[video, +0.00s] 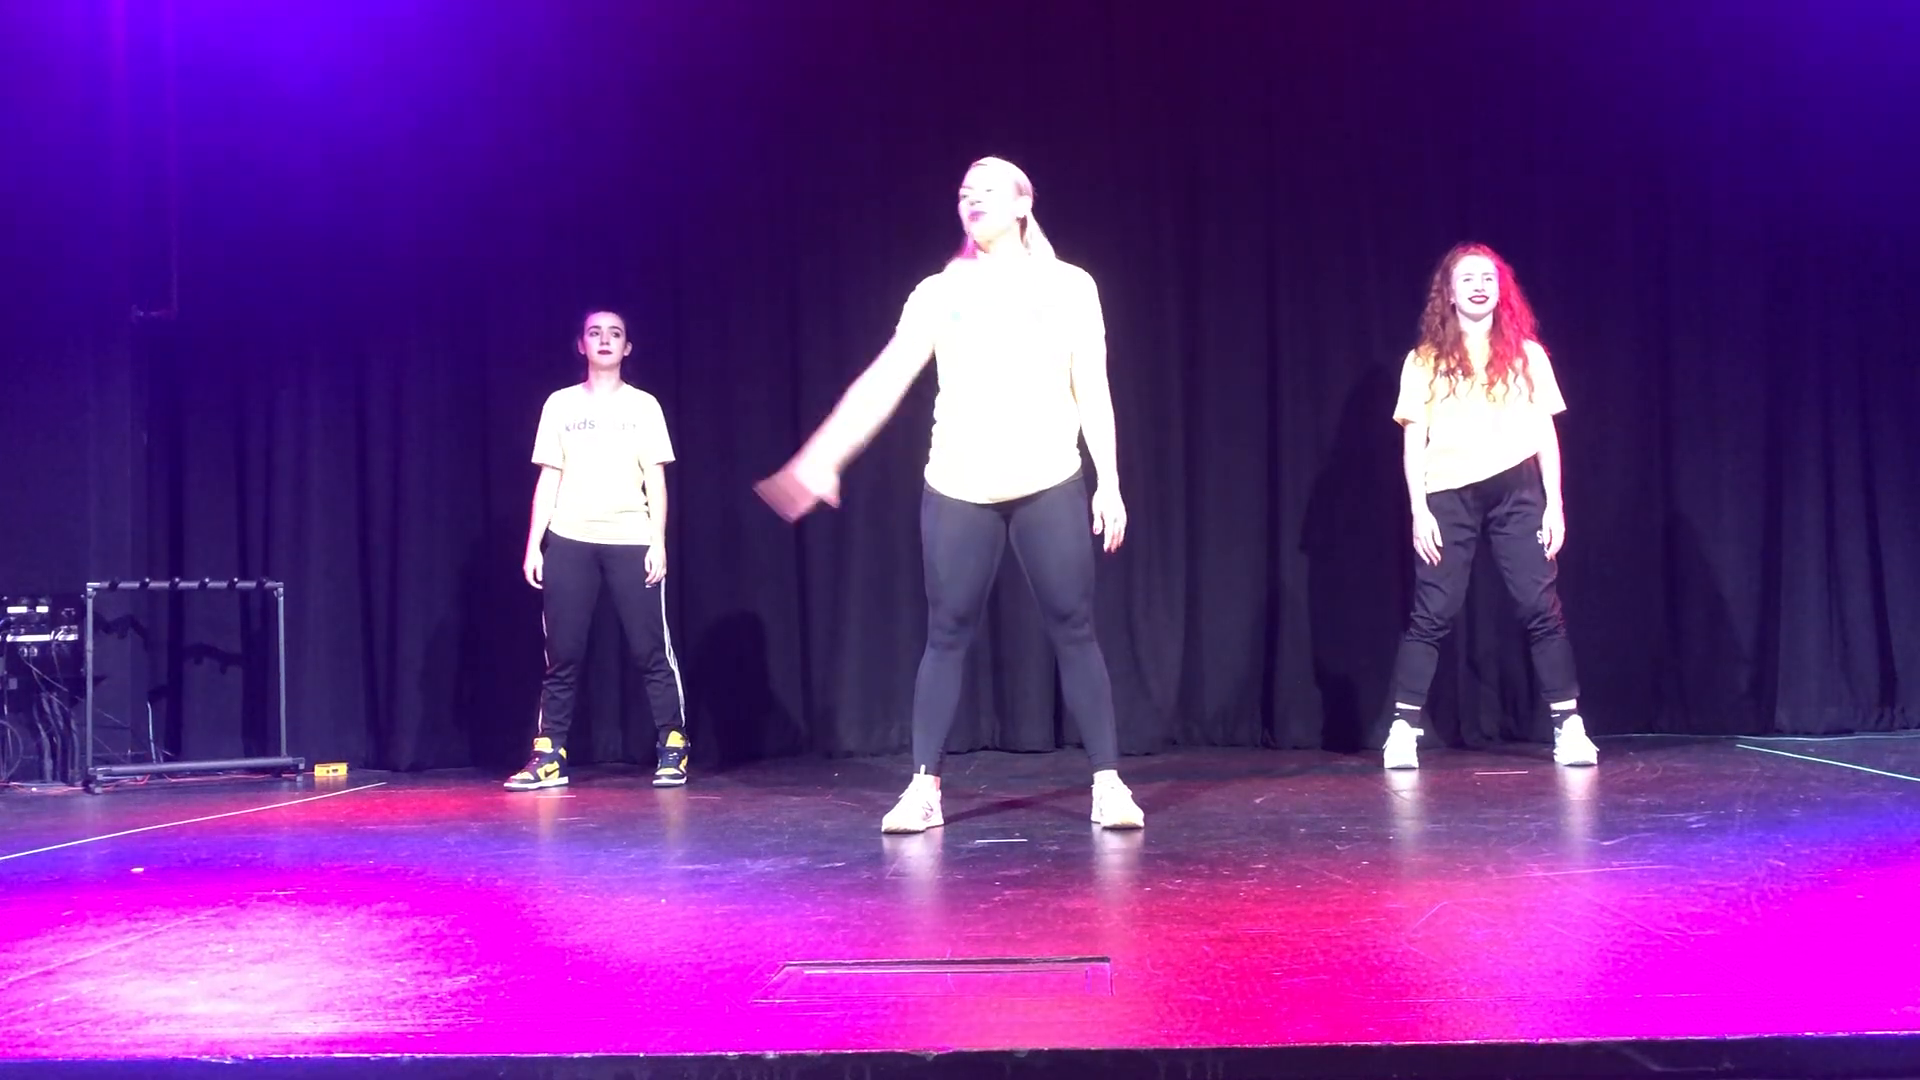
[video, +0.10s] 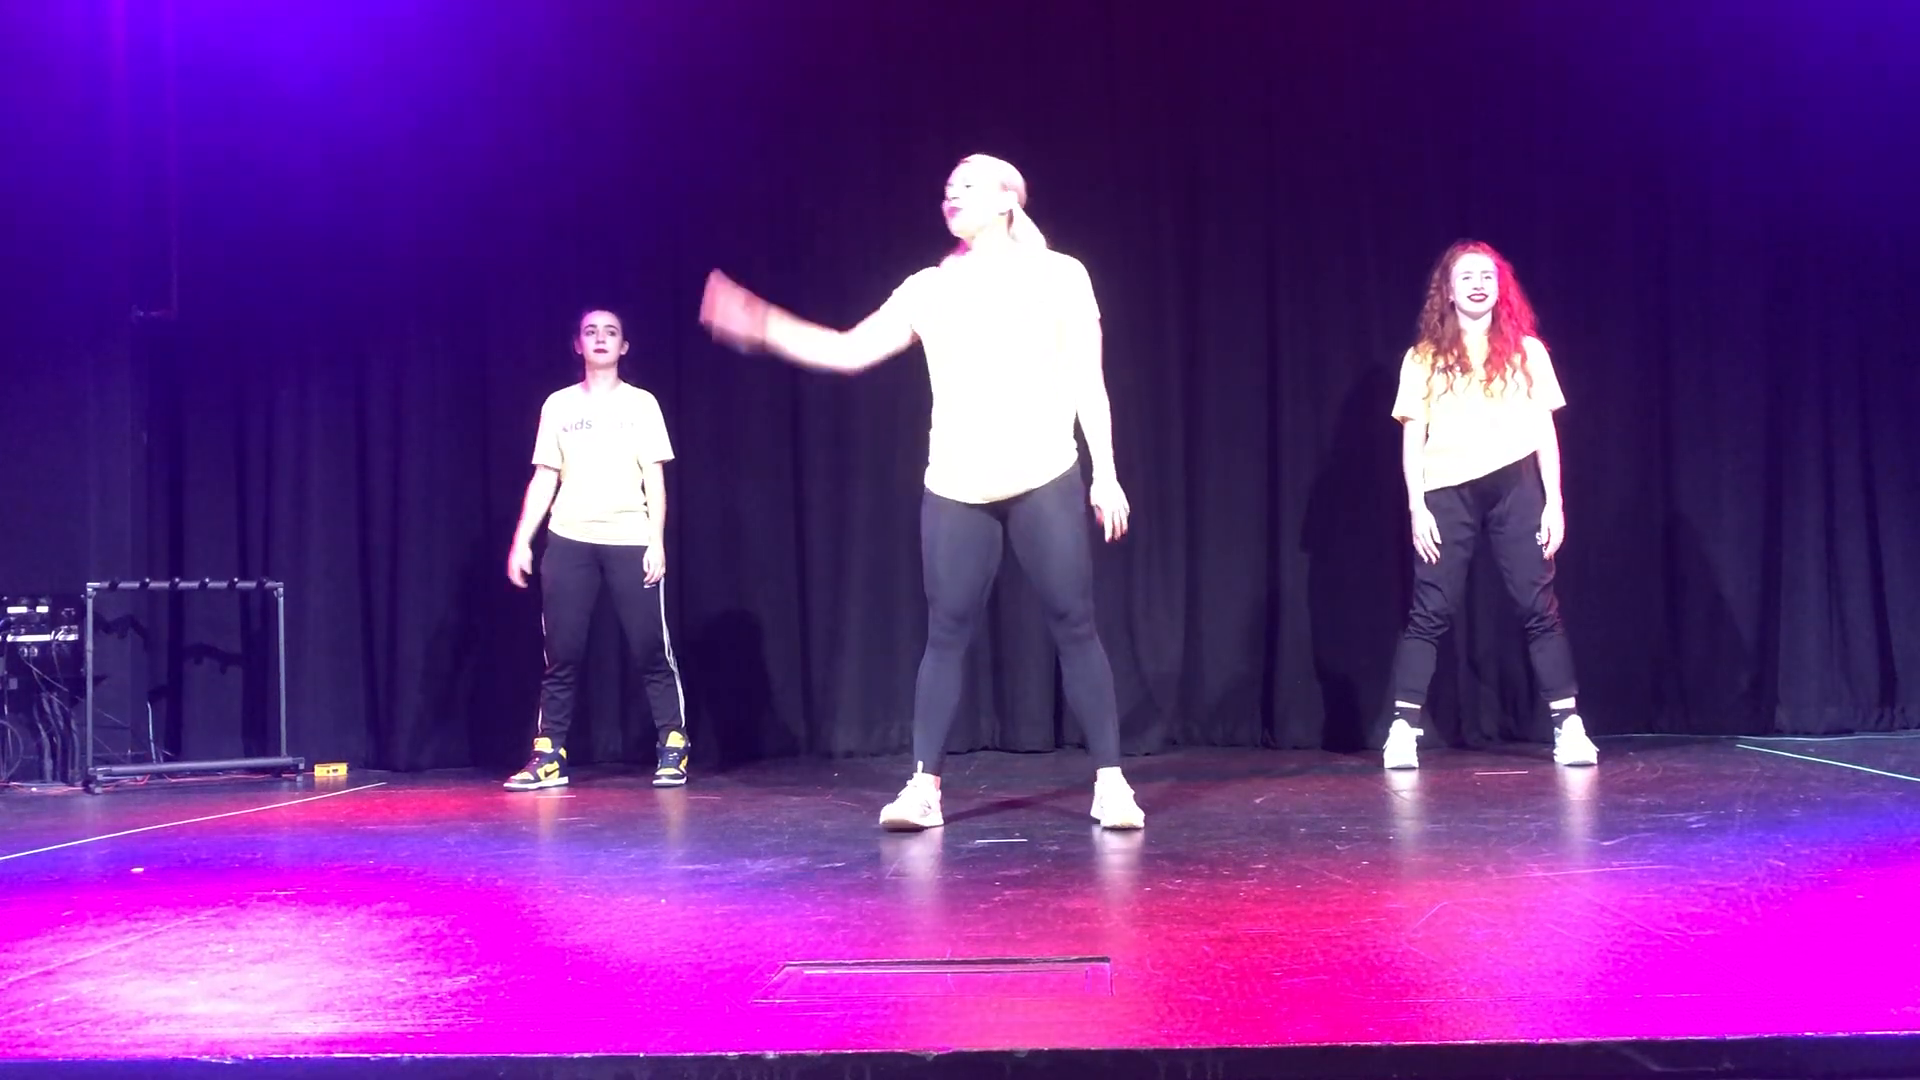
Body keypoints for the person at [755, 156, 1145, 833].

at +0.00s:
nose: (971, 200)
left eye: (986, 188)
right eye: (965, 192)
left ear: (1024, 200)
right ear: (959, 210)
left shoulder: (1071, 287)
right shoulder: (939, 292)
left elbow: (1093, 391)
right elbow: (882, 382)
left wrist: (1108, 482)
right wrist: (820, 457)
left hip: (1049, 477)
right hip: (961, 482)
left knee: (1074, 623)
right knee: (947, 627)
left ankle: (1106, 779)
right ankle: (924, 784)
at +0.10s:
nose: (950, 197)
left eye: (966, 186)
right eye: (949, 188)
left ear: (1009, 197)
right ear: (948, 204)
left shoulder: (1062, 276)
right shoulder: (933, 288)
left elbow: (1088, 382)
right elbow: (849, 350)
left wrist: (1105, 475)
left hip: (1044, 475)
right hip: (957, 482)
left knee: (1073, 621)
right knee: (948, 626)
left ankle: (1110, 779)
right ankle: (924, 783)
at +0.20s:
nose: (929, 195)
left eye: (946, 183)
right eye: (930, 186)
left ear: (987, 198)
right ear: (934, 206)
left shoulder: (1041, 274)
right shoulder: (918, 286)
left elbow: (1072, 378)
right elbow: (833, 331)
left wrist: (1093, 471)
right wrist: (812, 246)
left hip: (1032, 472)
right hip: (949, 482)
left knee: (1071, 618)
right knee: (940, 626)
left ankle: (1120, 771)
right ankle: (921, 783)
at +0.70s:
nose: (848, 259)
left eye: (861, 247)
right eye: (850, 248)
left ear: (903, 255)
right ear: (876, 260)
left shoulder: (956, 317)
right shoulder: (881, 340)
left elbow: (1002, 409)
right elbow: (813, 394)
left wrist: (1027, 503)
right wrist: (833, 315)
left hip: (1017, 490)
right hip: (952, 506)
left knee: (1049, 634)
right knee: (911, 629)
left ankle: (1144, 768)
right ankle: (917, 788)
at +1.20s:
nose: (911, 219)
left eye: (927, 208)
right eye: (908, 211)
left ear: (969, 218)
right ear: (905, 226)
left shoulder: (1025, 284)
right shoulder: (905, 300)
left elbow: (1088, 369)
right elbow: (845, 368)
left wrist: (1114, 451)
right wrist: (894, 287)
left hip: (1035, 480)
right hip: (950, 489)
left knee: (1084, 619)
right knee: (921, 626)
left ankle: (1127, 774)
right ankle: (917, 787)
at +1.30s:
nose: (975, 236)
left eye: (987, 226)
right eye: (962, 227)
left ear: (1008, 236)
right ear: (942, 238)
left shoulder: (1049, 308)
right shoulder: (924, 310)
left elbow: (1100, 396)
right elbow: (884, 376)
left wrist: (1144, 472)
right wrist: (940, 290)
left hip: (1048, 500)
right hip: (956, 504)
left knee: (1096, 630)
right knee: (907, 633)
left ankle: (1119, 780)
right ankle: (915, 788)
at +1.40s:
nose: (1042, 239)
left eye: (1045, 229)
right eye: (1027, 229)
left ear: (1049, 243)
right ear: (988, 243)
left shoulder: (1069, 327)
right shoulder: (952, 315)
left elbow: (1121, 411)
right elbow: (944, 366)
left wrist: (1198, 398)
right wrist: (981, 285)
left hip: (1052, 508)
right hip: (960, 509)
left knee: (1103, 634)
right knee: (916, 639)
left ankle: (1120, 782)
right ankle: (915, 790)